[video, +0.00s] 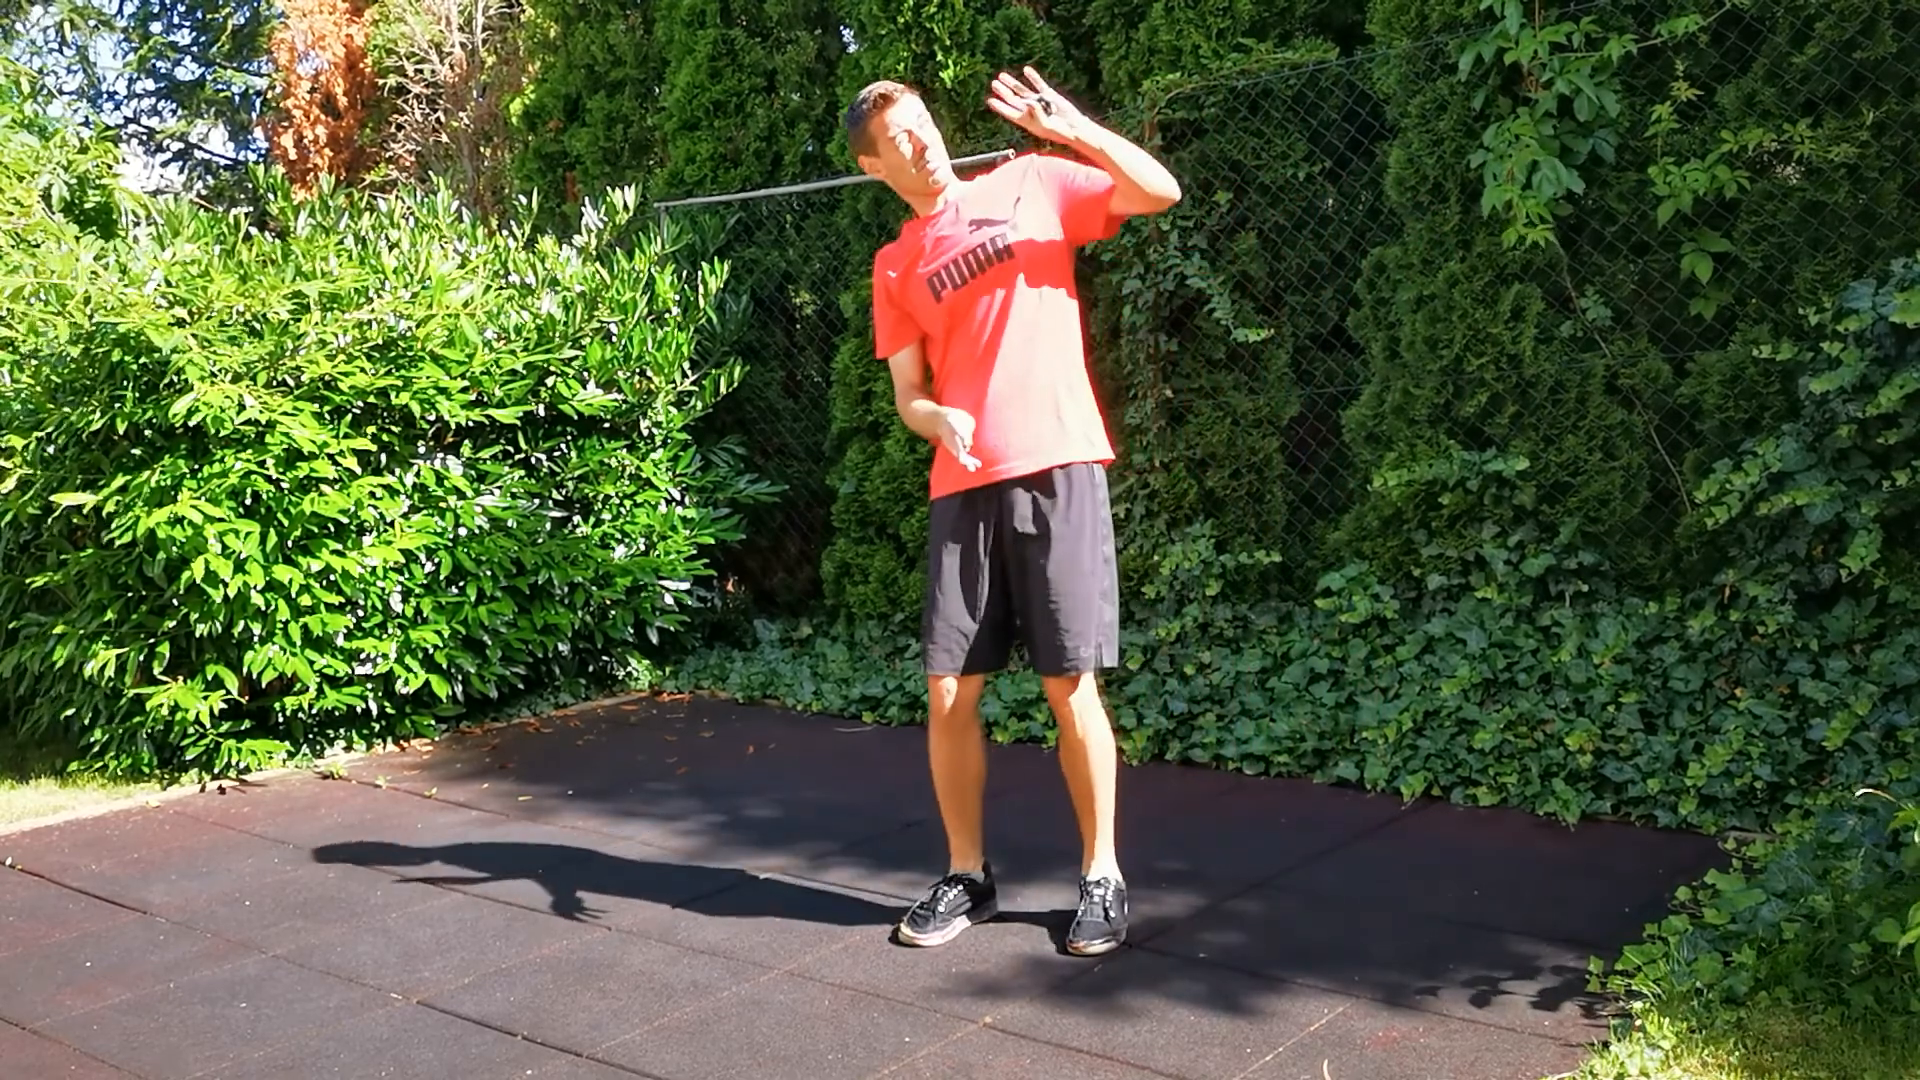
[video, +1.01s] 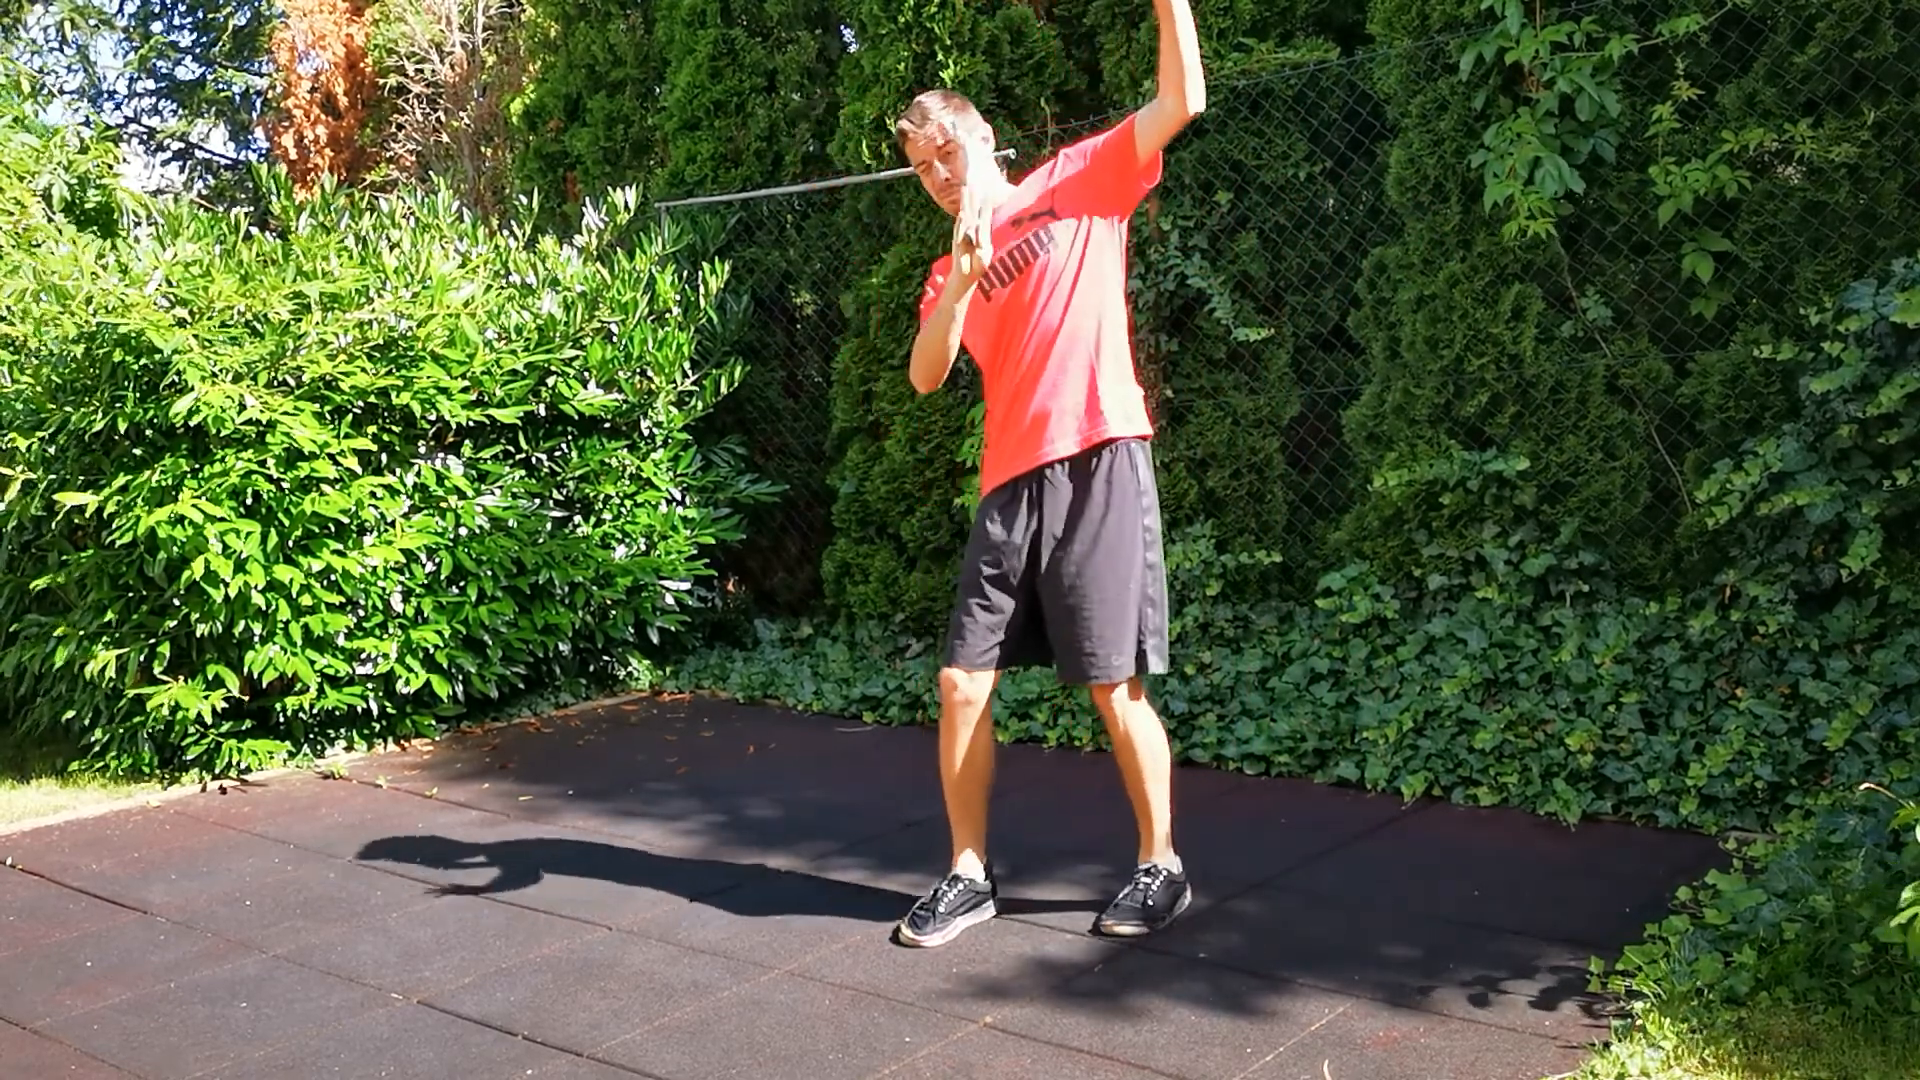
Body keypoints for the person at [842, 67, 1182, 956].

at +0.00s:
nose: (916, 145)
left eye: (917, 126)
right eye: (894, 143)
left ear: (940, 126)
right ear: (875, 169)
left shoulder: (1032, 180)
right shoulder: (895, 264)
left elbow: (1158, 190)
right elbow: (910, 394)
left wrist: (1064, 125)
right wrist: (937, 420)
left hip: (1058, 467)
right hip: (964, 484)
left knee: (1070, 684)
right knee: (949, 691)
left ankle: (1101, 882)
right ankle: (965, 878)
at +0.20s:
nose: (873, 146)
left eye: (876, 129)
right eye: (852, 150)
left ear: (901, 131)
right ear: (841, 184)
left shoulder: (1000, 172)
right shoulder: (870, 274)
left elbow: (1119, 129)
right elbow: (891, 404)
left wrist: (1043, 49)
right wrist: (917, 418)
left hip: (1050, 456)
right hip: (954, 479)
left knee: (1068, 680)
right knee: (942, 694)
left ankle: (1104, 881)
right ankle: (964, 878)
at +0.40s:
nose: (852, 164)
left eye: (853, 145)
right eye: (831, 166)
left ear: (881, 138)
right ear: (822, 191)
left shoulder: (979, 170)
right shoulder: (856, 282)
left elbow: (1089, 103)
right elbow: (885, 410)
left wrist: (1043, 9)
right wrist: (920, 414)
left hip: (1044, 449)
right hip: (948, 479)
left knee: (1067, 675)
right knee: (937, 693)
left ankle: (1105, 880)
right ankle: (966, 877)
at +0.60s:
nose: (842, 173)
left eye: (845, 152)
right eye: (823, 171)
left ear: (880, 138)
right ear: (818, 190)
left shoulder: (978, 172)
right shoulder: (853, 285)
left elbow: (1085, 97)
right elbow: (880, 414)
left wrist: (1055, 7)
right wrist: (917, 388)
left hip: (1047, 451)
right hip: (951, 483)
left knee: (1067, 681)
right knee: (935, 695)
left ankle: (1111, 875)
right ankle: (966, 880)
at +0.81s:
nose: (876, 177)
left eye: (882, 155)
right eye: (859, 170)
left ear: (917, 137)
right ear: (851, 182)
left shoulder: (1015, 172)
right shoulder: (885, 277)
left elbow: (1117, 100)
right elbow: (890, 397)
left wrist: (1101, 7)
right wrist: (933, 315)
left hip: (1061, 451)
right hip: (968, 478)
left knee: (1078, 680)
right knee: (940, 692)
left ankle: (1153, 853)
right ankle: (965, 876)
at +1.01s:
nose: (942, 173)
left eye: (951, 152)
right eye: (926, 166)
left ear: (987, 139)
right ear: (918, 179)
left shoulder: (1077, 178)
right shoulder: (947, 269)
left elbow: (1180, 103)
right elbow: (926, 377)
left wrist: (1169, 2)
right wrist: (958, 284)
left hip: (1101, 463)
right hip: (1010, 481)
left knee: (1111, 680)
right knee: (960, 683)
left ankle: (1160, 865)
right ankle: (967, 874)